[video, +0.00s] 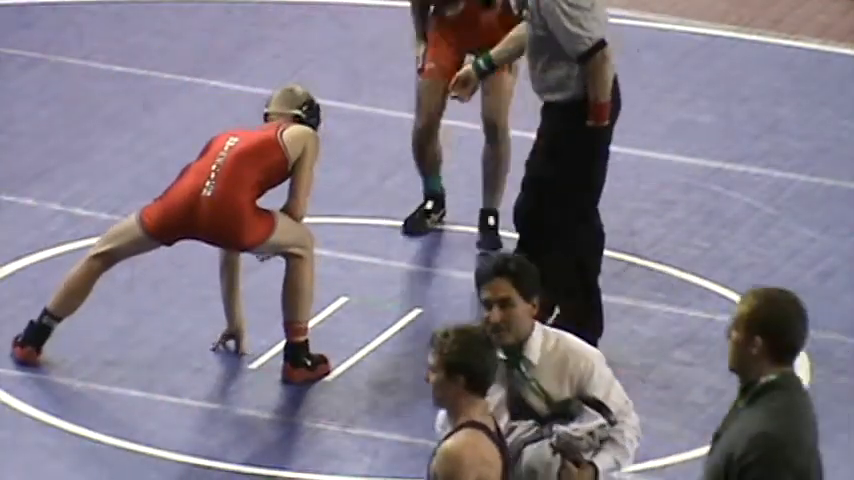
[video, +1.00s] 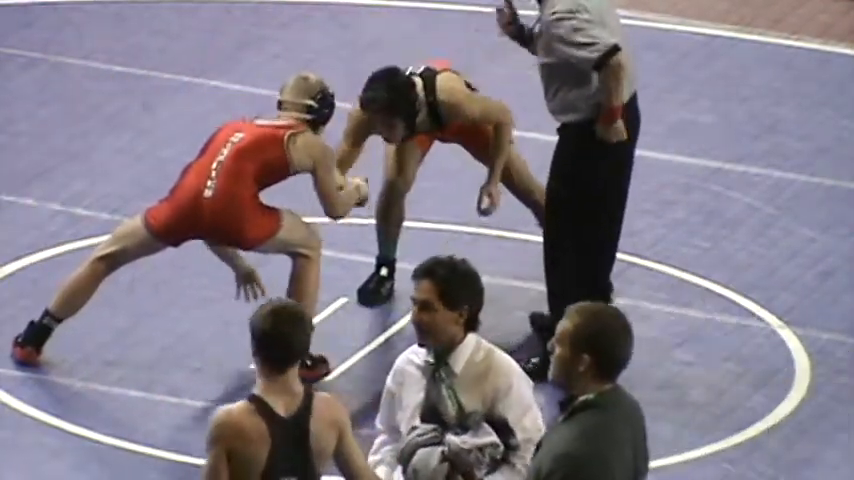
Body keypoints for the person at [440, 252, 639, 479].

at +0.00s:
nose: (494, 317)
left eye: (505, 305)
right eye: (487, 307)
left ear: (533, 307)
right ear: (481, 308)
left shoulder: (578, 357)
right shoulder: (478, 355)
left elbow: (626, 424)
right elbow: (446, 420)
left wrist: (596, 468)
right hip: (495, 467)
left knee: (538, 456)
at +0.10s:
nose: (479, 316)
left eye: (490, 303)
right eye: (471, 305)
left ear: (518, 303)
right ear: (465, 307)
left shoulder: (563, 353)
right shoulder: (461, 356)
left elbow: (612, 421)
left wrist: (583, 464)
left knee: (527, 453)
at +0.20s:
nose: (467, 316)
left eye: (478, 303)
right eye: (460, 305)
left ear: (507, 303)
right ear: (453, 307)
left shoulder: (552, 353)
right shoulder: (449, 359)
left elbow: (602, 421)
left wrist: (572, 464)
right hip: (475, 471)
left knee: (516, 452)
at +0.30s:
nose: (457, 315)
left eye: (468, 303)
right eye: (450, 304)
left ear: (498, 303)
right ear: (444, 306)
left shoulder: (544, 353)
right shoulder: (438, 364)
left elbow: (591, 421)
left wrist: (562, 465)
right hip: (469, 473)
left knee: (504, 453)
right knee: (507, 452)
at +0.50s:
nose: (441, 315)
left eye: (452, 303)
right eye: (435, 303)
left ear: (484, 303)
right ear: (430, 303)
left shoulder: (530, 357)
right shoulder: (424, 367)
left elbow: (575, 427)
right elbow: (416, 449)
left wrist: (540, 470)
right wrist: (446, 476)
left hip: (525, 472)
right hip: (457, 473)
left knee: (479, 453)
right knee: (478, 451)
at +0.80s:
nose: (425, 317)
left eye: (437, 306)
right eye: (422, 305)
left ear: (470, 310)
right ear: (417, 304)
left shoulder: (514, 365)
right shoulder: (415, 367)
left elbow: (552, 438)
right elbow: (398, 437)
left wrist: (511, 476)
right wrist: (416, 474)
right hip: (438, 473)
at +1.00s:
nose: (415, 318)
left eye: (426, 309)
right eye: (414, 306)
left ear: (461, 315)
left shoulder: (503, 373)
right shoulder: (407, 364)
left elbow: (527, 452)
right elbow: (388, 436)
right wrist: (383, 473)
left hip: (476, 473)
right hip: (412, 472)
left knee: (427, 460)